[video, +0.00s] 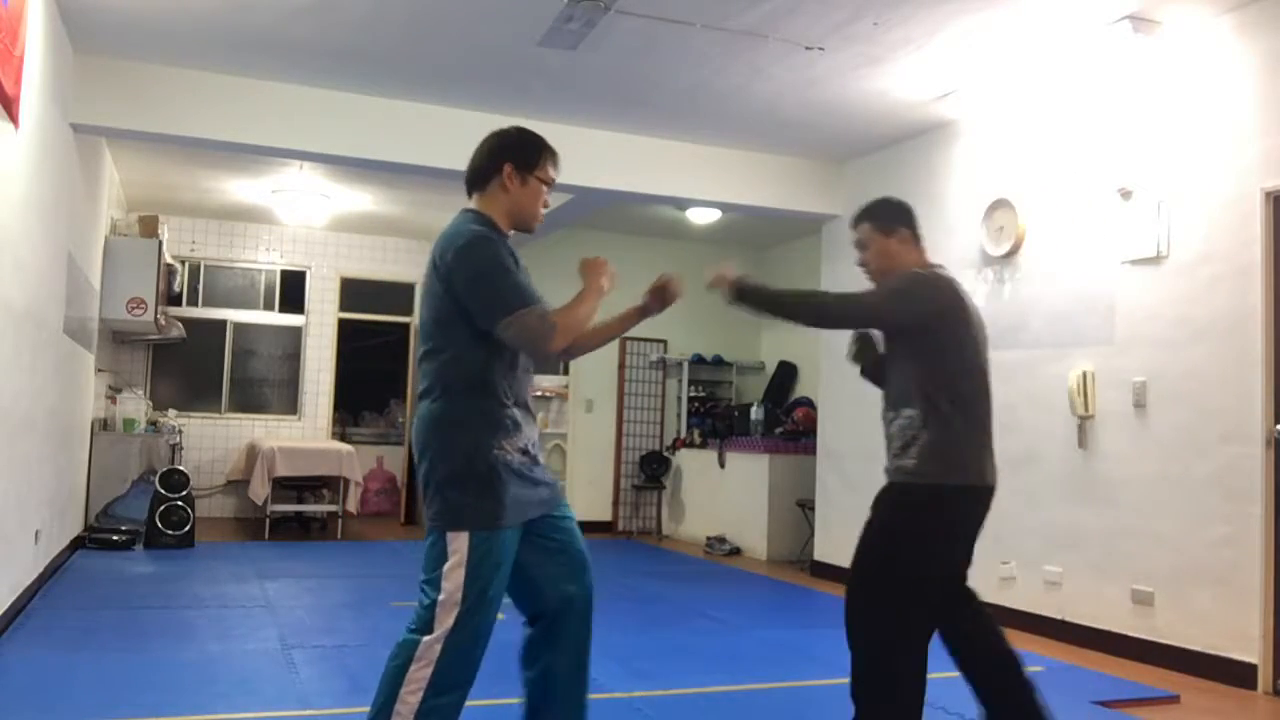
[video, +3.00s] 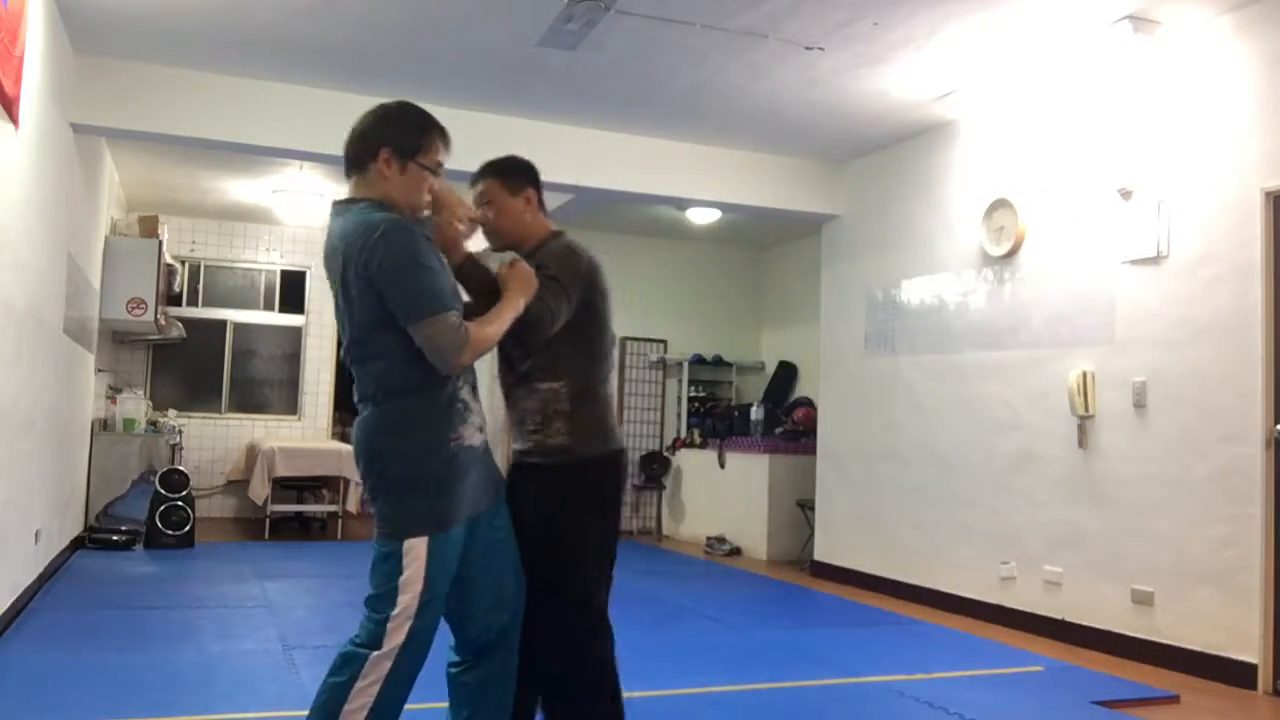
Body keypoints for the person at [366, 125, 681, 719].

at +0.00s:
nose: (549, 200)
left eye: (552, 188)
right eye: (545, 184)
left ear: (506, 180)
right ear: (509, 175)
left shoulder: (494, 249)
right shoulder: (473, 242)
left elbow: (559, 346)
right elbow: (543, 337)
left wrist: (640, 310)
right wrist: (593, 289)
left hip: (518, 464)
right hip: (472, 465)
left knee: (566, 600)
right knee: (450, 627)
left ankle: (555, 715)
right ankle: (398, 718)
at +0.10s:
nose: (568, 206)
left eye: (571, 194)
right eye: (563, 191)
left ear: (528, 187)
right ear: (527, 183)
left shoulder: (531, 262)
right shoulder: (484, 249)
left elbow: (616, 309)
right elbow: (572, 323)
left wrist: (696, 273)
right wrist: (614, 272)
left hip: (529, 464)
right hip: (479, 465)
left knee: (568, 622)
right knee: (454, 630)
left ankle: (587, 716)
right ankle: (399, 716)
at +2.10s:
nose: (580, 217)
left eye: (582, 205)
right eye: (574, 202)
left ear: (535, 198)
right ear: (534, 194)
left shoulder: (529, 267)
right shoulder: (496, 255)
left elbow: (608, 318)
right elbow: (564, 349)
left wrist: (631, 239)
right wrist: (627, 307)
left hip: (530, 470)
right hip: (479, 470)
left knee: (567, 604)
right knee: (462, 623)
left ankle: (563, 716)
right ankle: (395, 714)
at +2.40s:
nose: (527, 208)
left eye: (531, 195)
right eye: (520, 191)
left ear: (475, 187)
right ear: (473, 181)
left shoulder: (468, 253)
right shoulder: (431, 241)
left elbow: (552, 295)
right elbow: (505, 345)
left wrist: (559, 261)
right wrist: (584, 312)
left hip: (458, 464)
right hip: (405, 464)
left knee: (505, 603)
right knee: (383, 625)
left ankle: (506, 718)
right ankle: (325, 719)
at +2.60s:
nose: (491, 202)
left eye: (496, 190)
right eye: (485, 186)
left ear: (438, 178)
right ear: (439, 173)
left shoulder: (443, 245)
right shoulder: (399, 237)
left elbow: (540, 276)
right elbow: (464, 348)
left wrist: (501, 196)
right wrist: (544, 321)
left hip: (460, 465)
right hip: (402, 467)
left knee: (502, 627)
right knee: (379, 646)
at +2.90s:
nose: (445, 186)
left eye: (449, 175)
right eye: (438, 172)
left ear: (387, 167)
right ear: (394, 164)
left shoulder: (382, 227)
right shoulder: (388, 235)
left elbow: (478, 245)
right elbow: (453, 350)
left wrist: (450, 185)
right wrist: (518, 313)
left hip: (468, 458)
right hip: (422, 463)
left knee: (498, 630)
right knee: (394, 637)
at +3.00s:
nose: (439, 186)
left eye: (441, 173)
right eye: (432, 171)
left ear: (376, 166)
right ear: (388, 163)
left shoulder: (353, 227)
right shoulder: (390, 235)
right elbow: (453, 349)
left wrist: (446, 244)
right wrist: (514, 301)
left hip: (460, 455)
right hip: (422, 458)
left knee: (493, 627)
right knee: (395, 637)